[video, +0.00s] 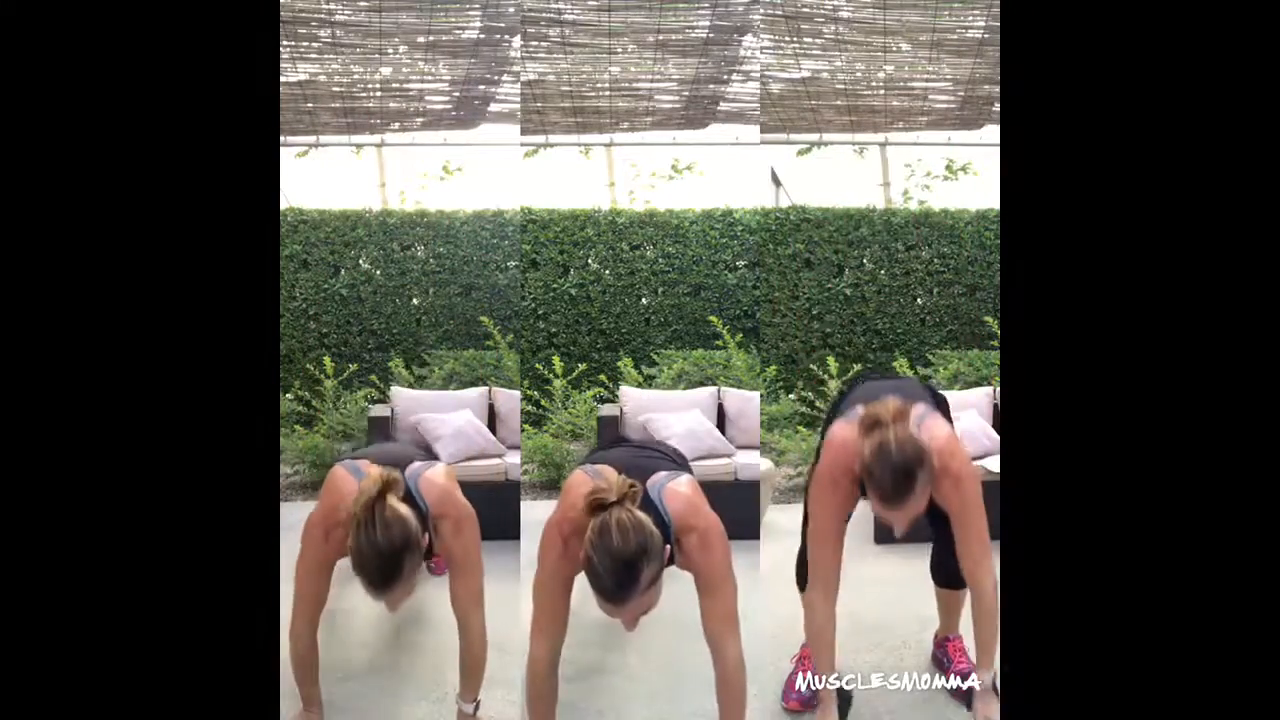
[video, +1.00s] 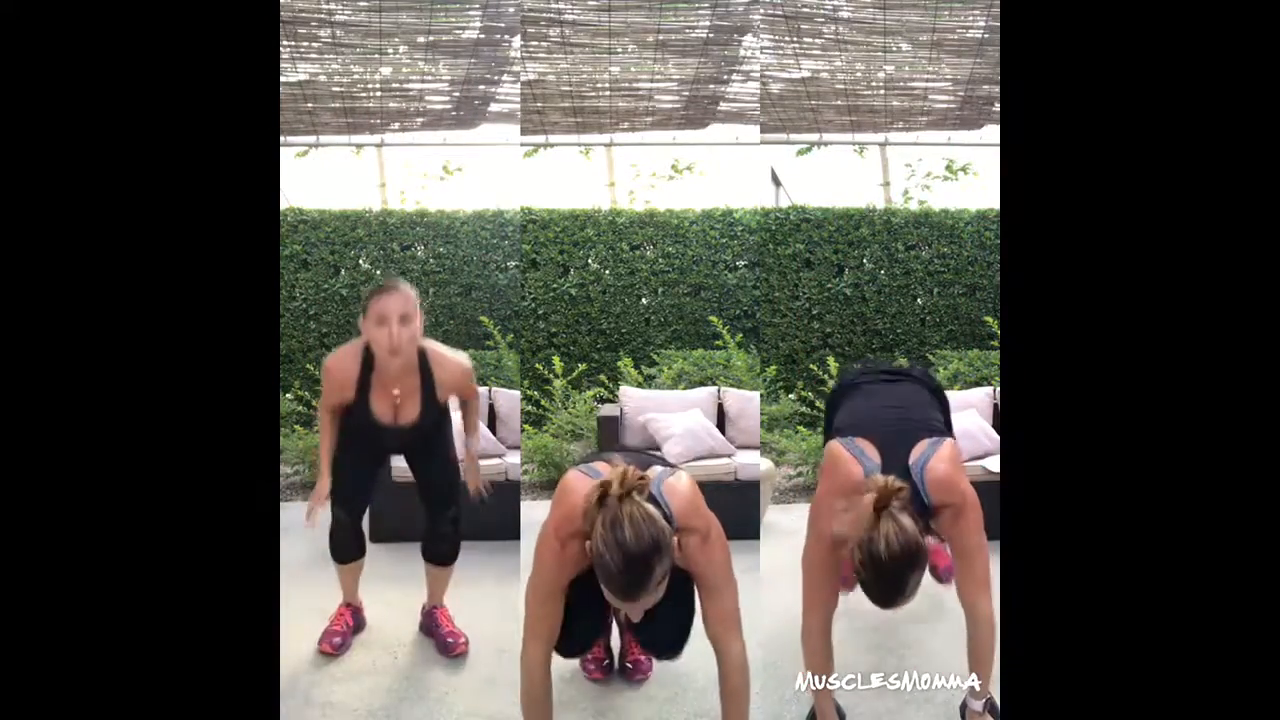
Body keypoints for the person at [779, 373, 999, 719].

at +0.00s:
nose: (898, 529)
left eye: (909, 517)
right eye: (887, 519)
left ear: (928, 481)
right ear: (865, 484)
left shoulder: (948, 453)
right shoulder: (839, 451)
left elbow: (982, 580)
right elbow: (820, 589)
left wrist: (985, 686)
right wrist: (826, 701)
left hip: (926, 399)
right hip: (855, 397)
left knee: (952, 540)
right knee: (813, 551)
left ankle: (948, 639)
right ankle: (812, 650)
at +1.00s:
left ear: (928, 543)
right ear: (854, 552)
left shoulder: (951, 491)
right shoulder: (833, 495)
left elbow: (978, 605)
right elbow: (816, 616)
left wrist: (979, 696)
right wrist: (823, 706)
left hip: (923, 386)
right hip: (850, 389)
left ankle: (935, 541)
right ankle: (841, 559)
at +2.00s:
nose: (877, 251)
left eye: (886, 239)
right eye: (863, 241)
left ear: (902, 246)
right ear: (846, 251)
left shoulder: (929, 303)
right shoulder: (825, 305)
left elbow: (958, 391)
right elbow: (807, 396)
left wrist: (957, 336)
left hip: (914, 432)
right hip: (846, 434)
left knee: (953, 538)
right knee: (809, 548)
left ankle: (958, 641)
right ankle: (811, 649)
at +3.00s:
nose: (896, 164)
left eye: (905, 157)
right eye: (886, 157)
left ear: (918, 173)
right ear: (869, 172)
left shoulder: (938, 226)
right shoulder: (848, 224)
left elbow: (961, 139)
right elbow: (810, 135)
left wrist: (955, 66)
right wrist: (821, 60)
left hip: (929, 395)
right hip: (859, 395)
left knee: (953, 529)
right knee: (839, 527)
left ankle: (967, 637)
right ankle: (835, 640)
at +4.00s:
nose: (898, 170)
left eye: (909, 158)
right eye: (885, 159)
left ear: (923, 163)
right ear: (867, 165)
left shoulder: (950, 229)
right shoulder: (841, 229)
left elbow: (972, 303)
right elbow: (822, 310)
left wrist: (974, 345)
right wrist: (818, 353)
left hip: (934, 391)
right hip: (864, 391)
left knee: (951, 519)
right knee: (852, 520)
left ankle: (969, 635)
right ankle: (837, 639)